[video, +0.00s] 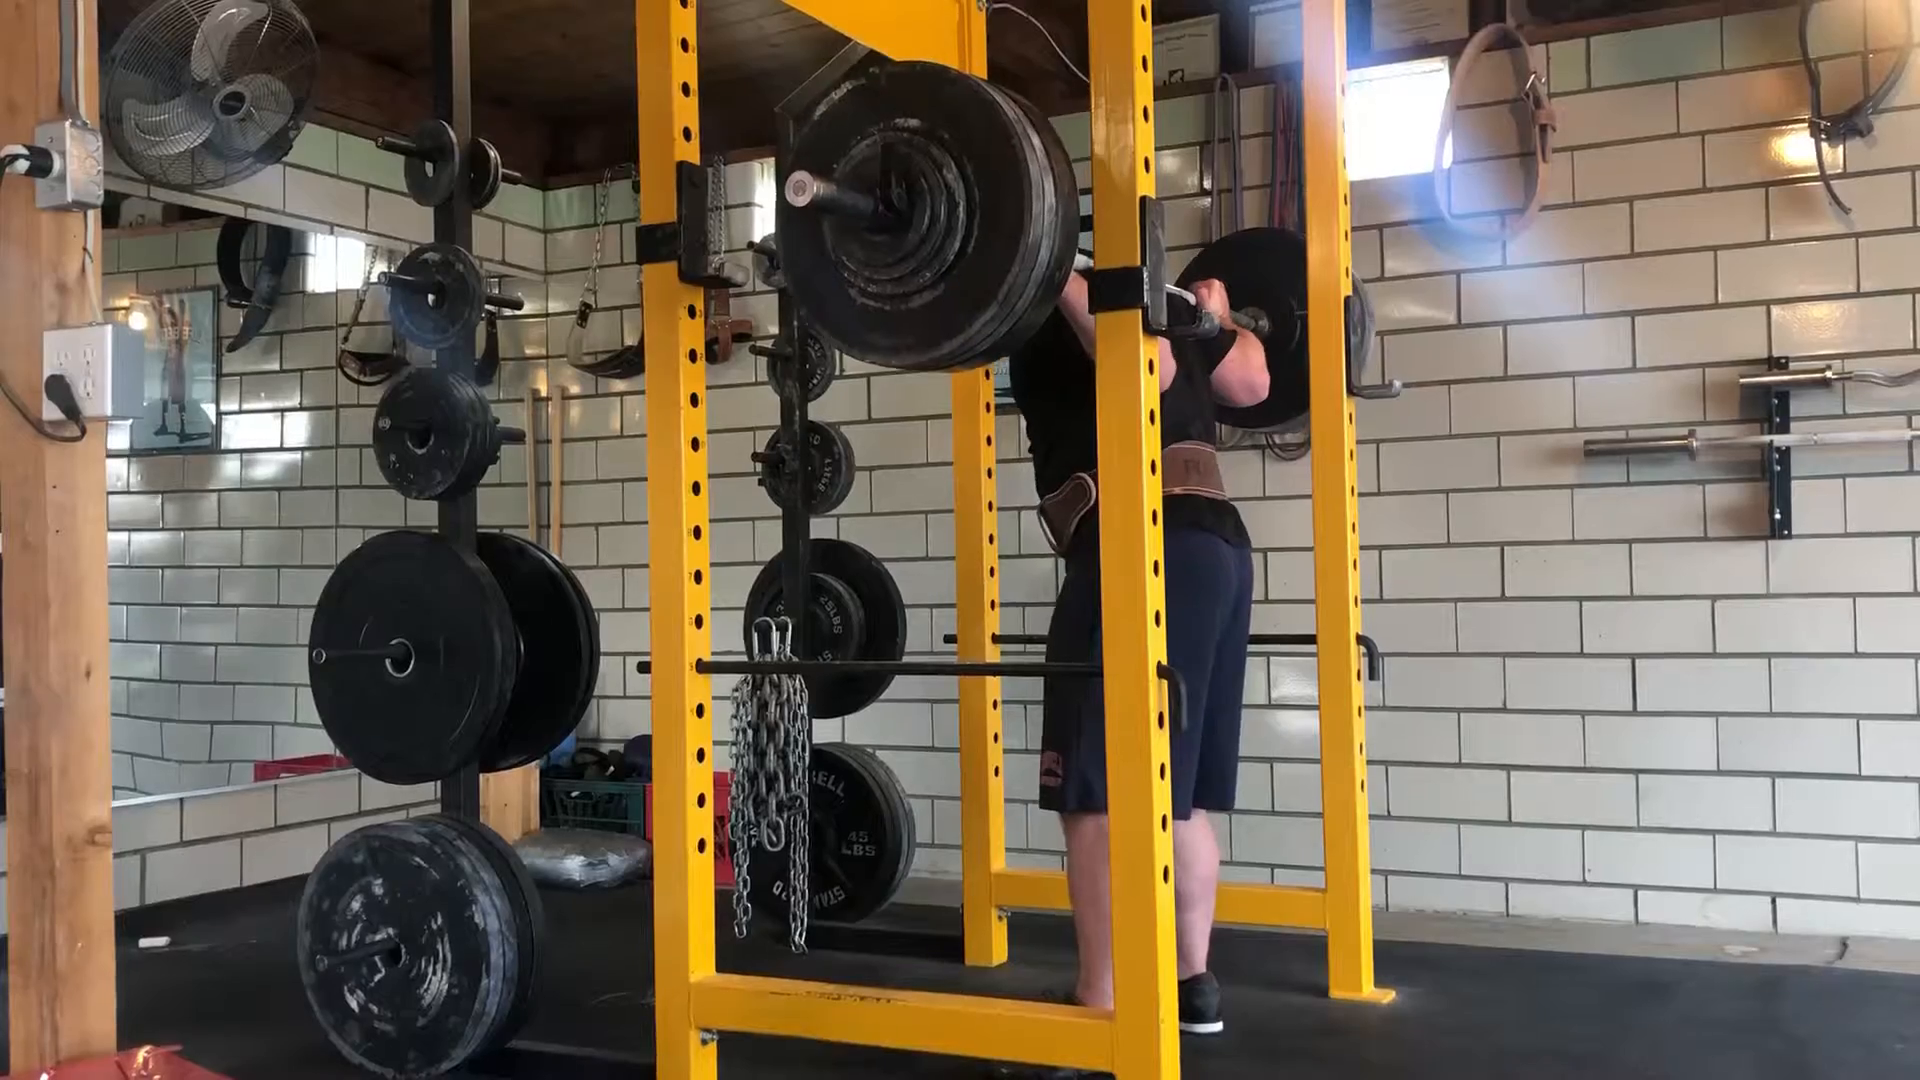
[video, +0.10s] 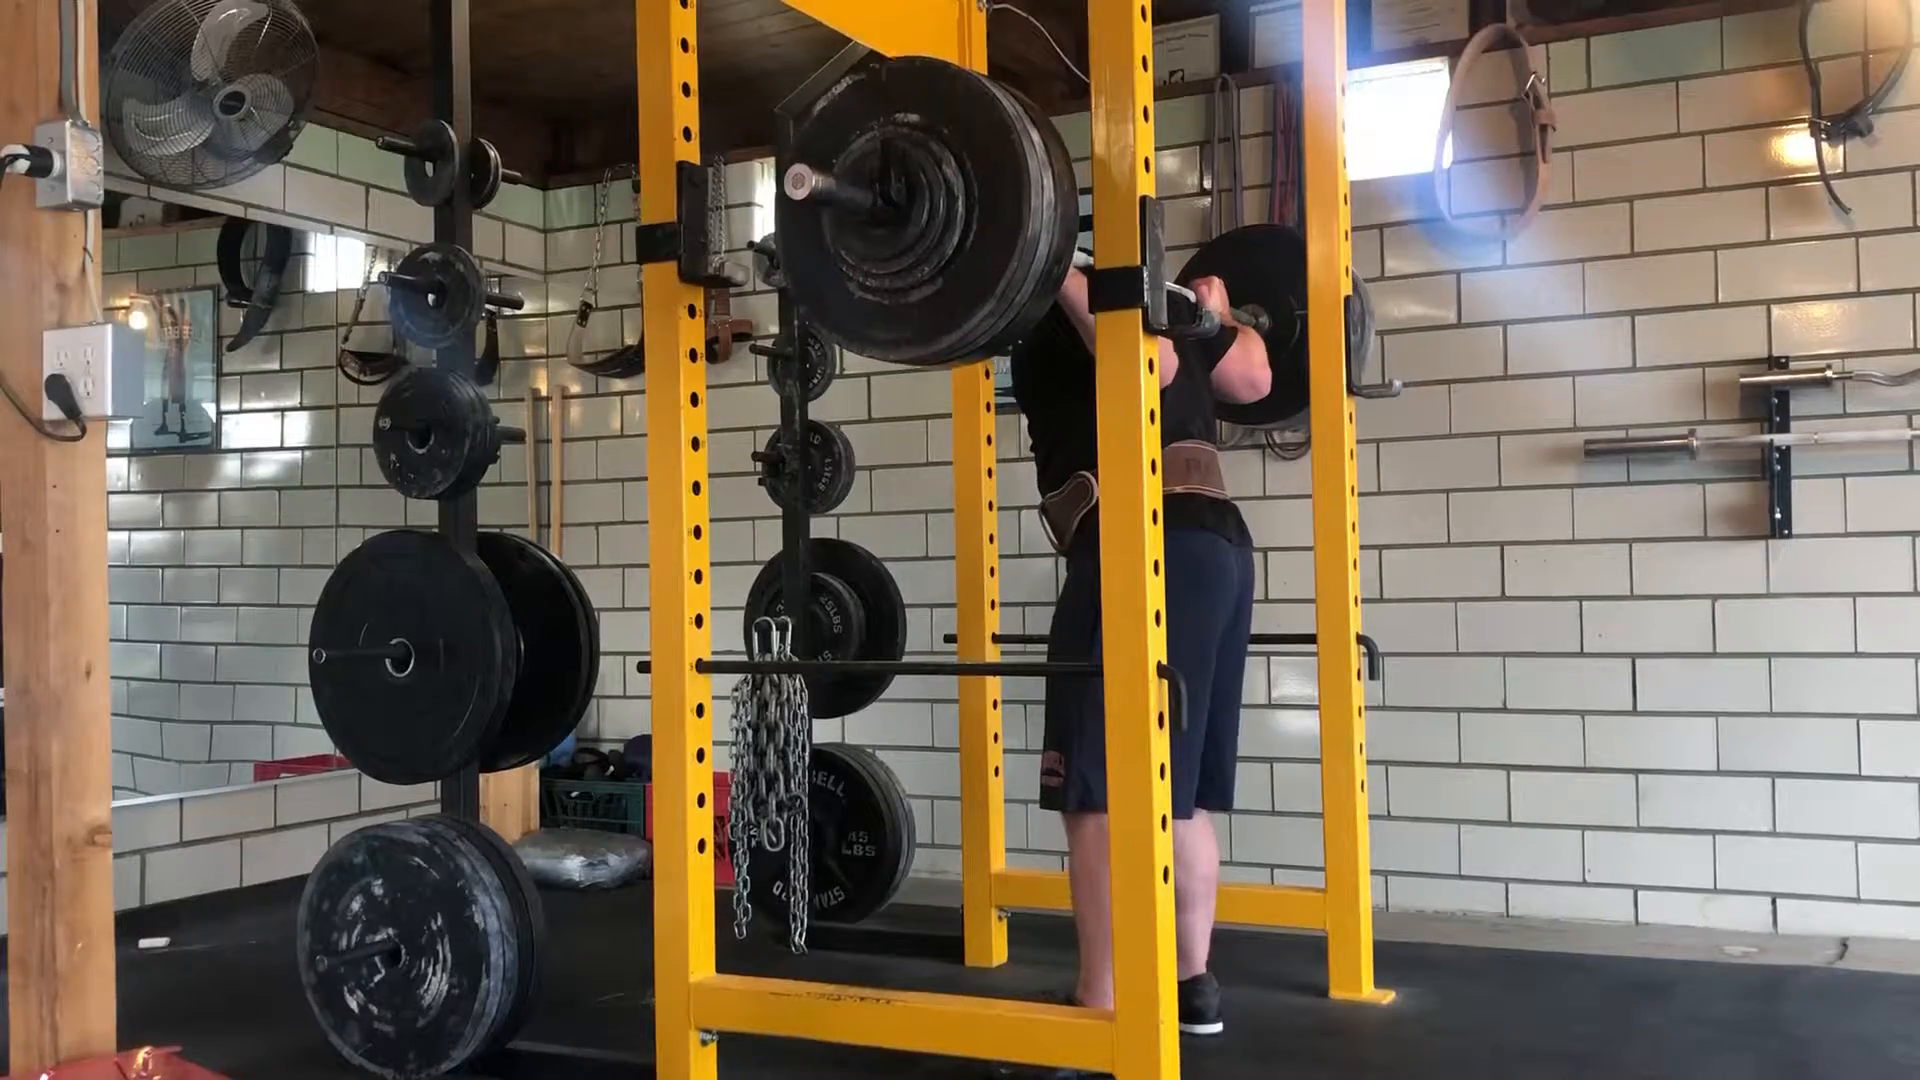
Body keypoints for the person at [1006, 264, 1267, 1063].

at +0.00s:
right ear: (1072, 225)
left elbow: (1145, 373)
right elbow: (1252, 380)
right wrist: (1214, 314)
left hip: (1130, 540)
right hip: (1215, 544)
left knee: (1090, 781)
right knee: (1191, 780)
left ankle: (1099, 1001)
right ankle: (1194, 985)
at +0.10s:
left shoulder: (1057, 305)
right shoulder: (1173, 305)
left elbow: (1153, 368)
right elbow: (1254, 377)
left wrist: (1067, 280)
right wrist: (1216, 311)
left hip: (1133, 542)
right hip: (1215, 546)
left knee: (1094, 787)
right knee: (1187, 786)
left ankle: (1099, 1004)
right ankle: (1192, 984)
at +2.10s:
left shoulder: (1073, 395)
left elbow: (1167, 457)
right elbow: (1259, 458)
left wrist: (1048, 375)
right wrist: (1209, 393)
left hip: (1234, 601)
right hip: (1291, 602)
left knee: (1064, 786)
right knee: (1185, 795)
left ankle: (1099, 1006)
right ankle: (1192, 986)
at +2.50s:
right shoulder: (1144, 496)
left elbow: (1163, 568)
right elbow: (1262, 555)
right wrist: (1216, 505)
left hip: (1261, 694)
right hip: (1310, 694)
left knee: (1036, 802)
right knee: (1169, 812)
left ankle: (1102, 1021)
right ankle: (1190, 982)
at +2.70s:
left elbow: (1161, 626)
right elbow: (1259, 603)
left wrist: (1041, 545)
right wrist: (1203, 550)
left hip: (1266, 744)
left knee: (1016, 810)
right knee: (1145, 812)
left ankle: (1104, 1029)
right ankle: (1188, 983)